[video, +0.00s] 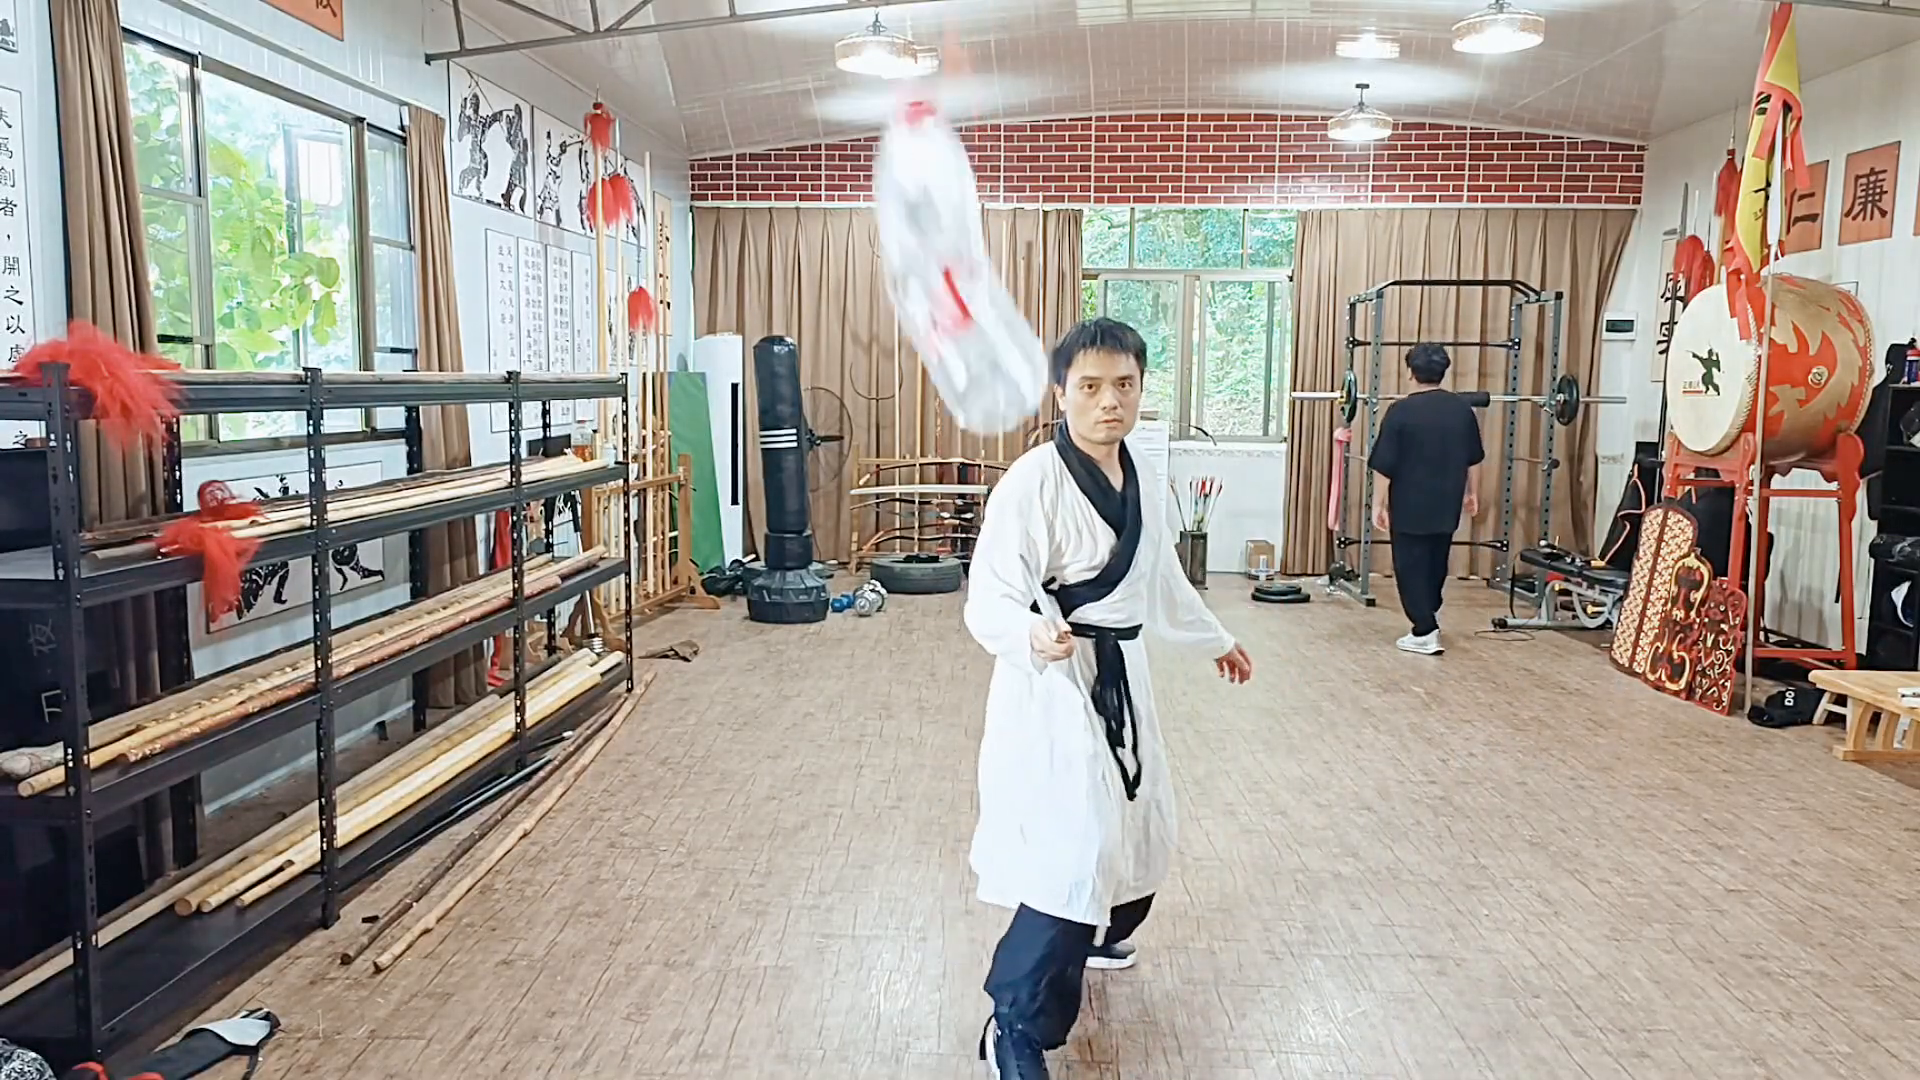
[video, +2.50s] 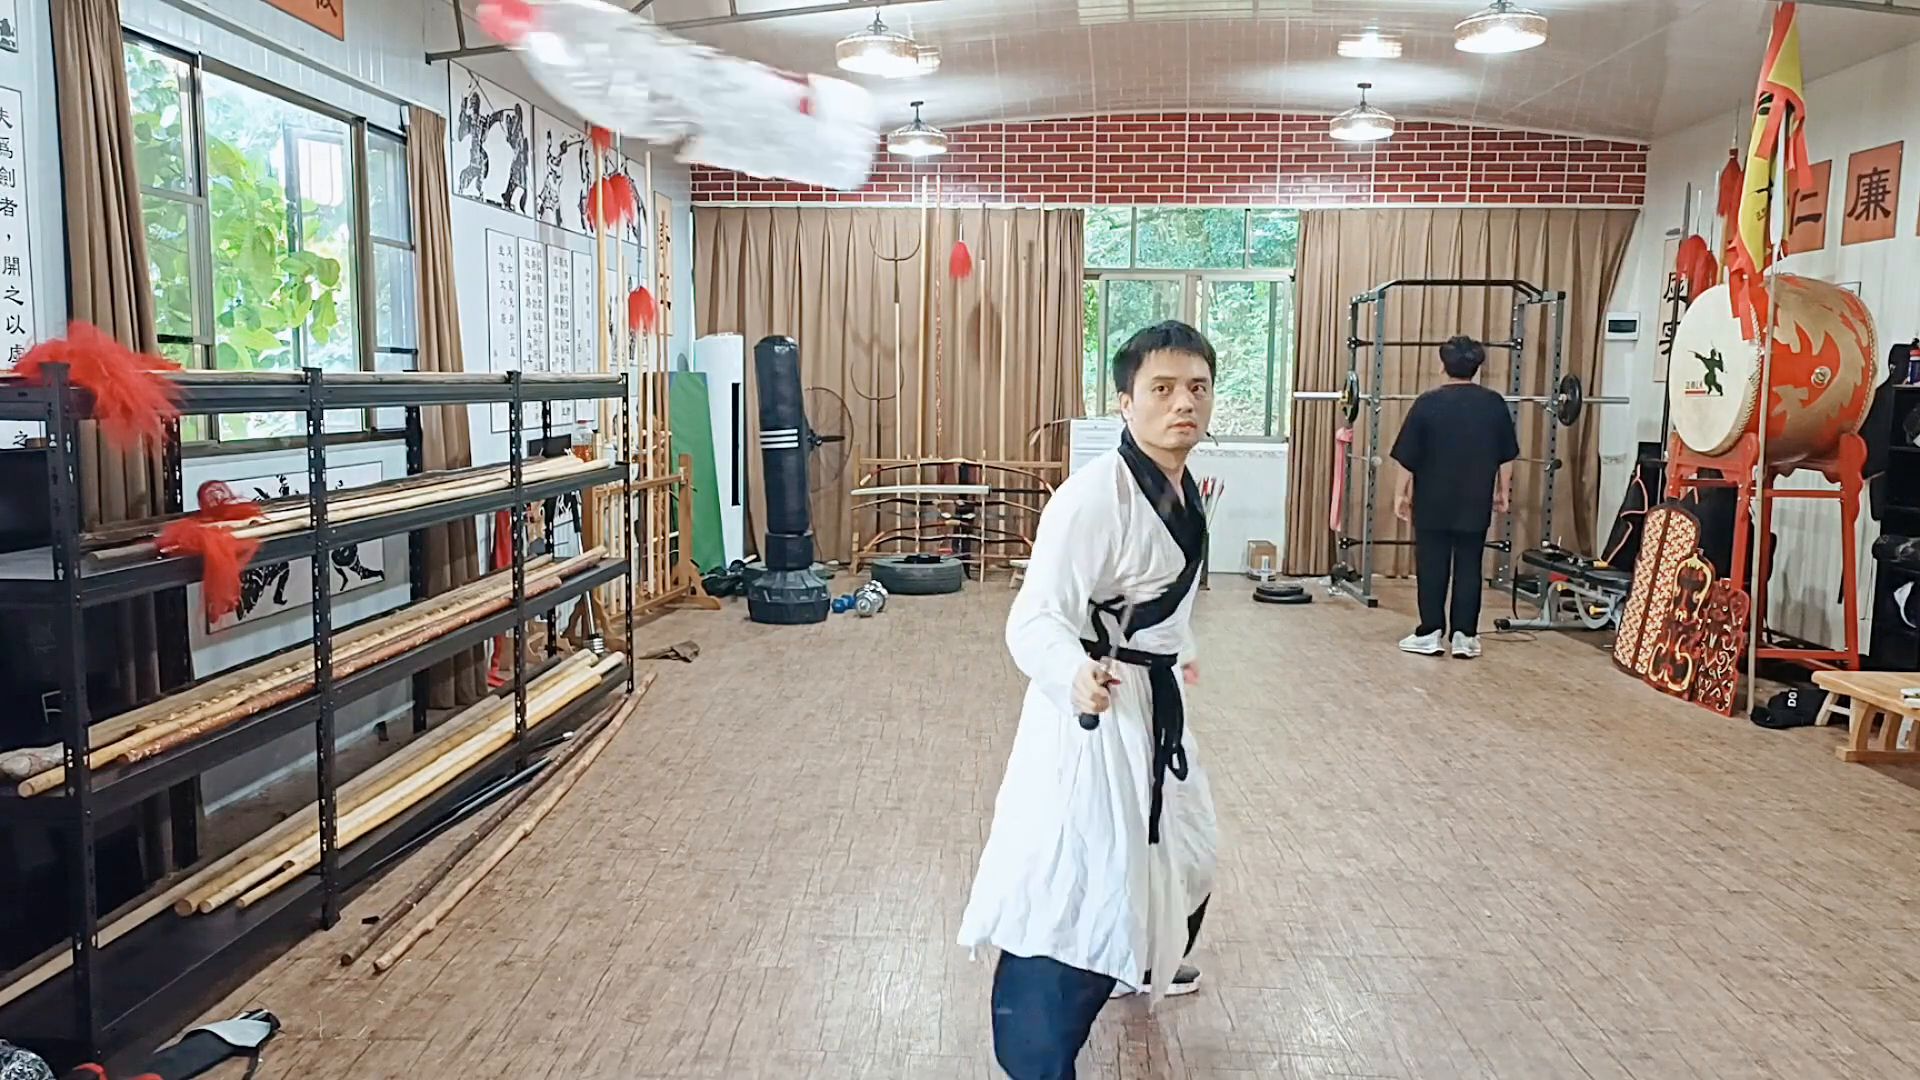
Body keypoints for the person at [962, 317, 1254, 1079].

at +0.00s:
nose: (1110, 401)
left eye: (1124, 385)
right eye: (1091, 386)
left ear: (1141, 390)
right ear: (1060, 393)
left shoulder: (1145, 466)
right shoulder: (1031, 483)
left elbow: (1160, 573)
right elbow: (988, 599)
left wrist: (1217, 639)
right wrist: (1032, 633)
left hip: (1125, 672)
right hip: (1053, 681)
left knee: (1138, 816)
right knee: (1076, 850)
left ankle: (1099, 933)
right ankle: (1015, 1033)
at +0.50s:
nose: (1118, 395)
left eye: (1134, 376)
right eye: (1096, 377)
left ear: (1150, 388)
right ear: (1058, 389)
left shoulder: (1134, 467)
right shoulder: (1033, 473)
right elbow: (1029, 539)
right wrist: (1059, 542)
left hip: (1106, 686)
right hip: (1035, 696)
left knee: (1087, 863)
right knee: (1041, 878)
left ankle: (1033, 1041)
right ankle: (1015, 1050)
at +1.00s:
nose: (1119, 386)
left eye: (1133, 372)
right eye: (1100, 372)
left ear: (1149, 388)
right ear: (1067, 387)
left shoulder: (1136, 471)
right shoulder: (1032, 486)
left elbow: (1131, 578)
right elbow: (979, 606)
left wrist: (1168, 650)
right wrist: (1003, 684)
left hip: (1118, 682)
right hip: (1048, 688)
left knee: (1127, 827)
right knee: (1032, 863)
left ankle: (1083, 945)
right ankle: (1027, 1061)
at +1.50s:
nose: (1100, 372)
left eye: (1109, 358)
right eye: (1081, 361)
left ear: (1122, 368)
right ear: (1050, 374)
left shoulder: (1110, 451)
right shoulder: (1027, 462)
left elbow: (1115, 552)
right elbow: (1004, 573)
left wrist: (1166, 604)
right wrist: (1058, 617)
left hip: (1100, 657)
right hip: (1046, 669)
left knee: (1093, 783)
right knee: (1059, 815)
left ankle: (1077, 881)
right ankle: (1034, 979)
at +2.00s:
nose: (1142, 403)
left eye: (1149, 384)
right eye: (1118, 386)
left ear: (1158, 392)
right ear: (1065, 405)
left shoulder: (1112, 483)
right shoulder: (1064, 490)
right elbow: (1146, 510)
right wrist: (1213, 507)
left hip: (1105, 713)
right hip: (1053, 728)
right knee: (1068, 976)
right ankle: (1030, 1065)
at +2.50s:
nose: (1185, 404)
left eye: (1198, 388)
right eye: (1164, 388)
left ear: (1213, 399)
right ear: (1126, 401)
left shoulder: (1183, 489)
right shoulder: (1091, 496)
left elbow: (1162, 587)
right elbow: (1034, 619)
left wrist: (1181, 650)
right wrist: (1075, 671)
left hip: (1155, 707)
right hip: (1087, 721)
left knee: (1180, 858)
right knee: (1072, 896)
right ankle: (1038, 1057)